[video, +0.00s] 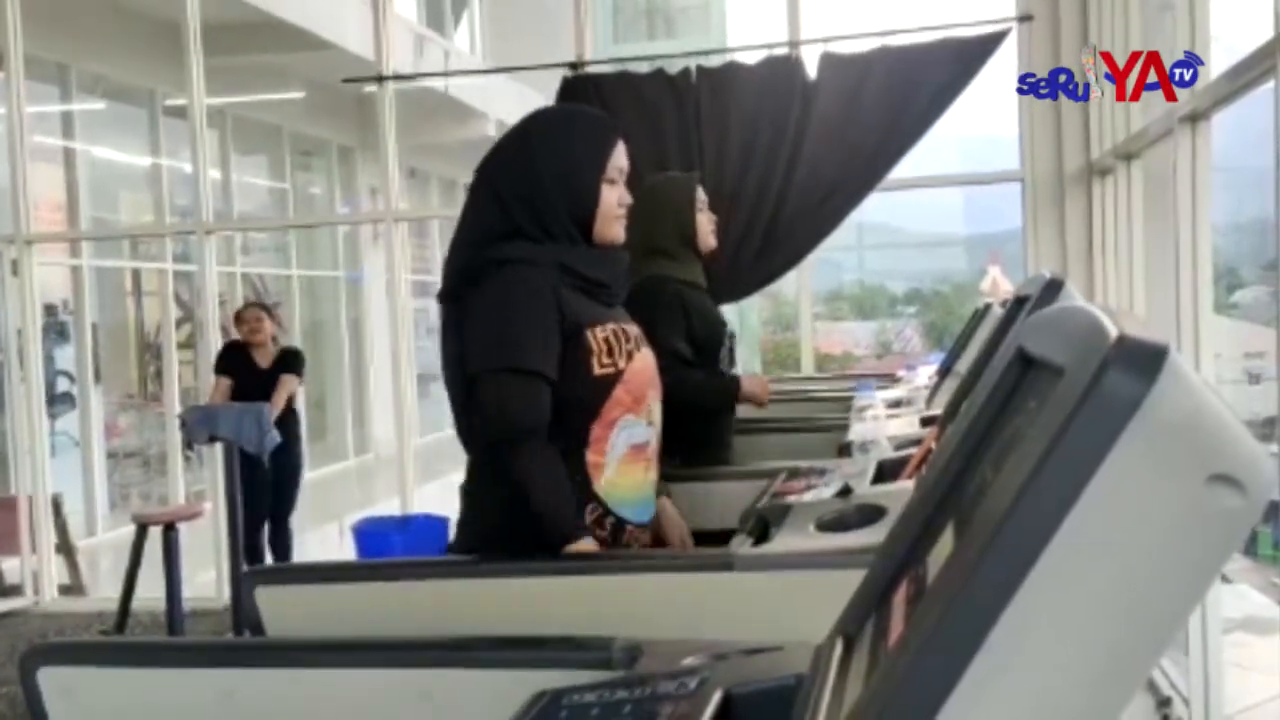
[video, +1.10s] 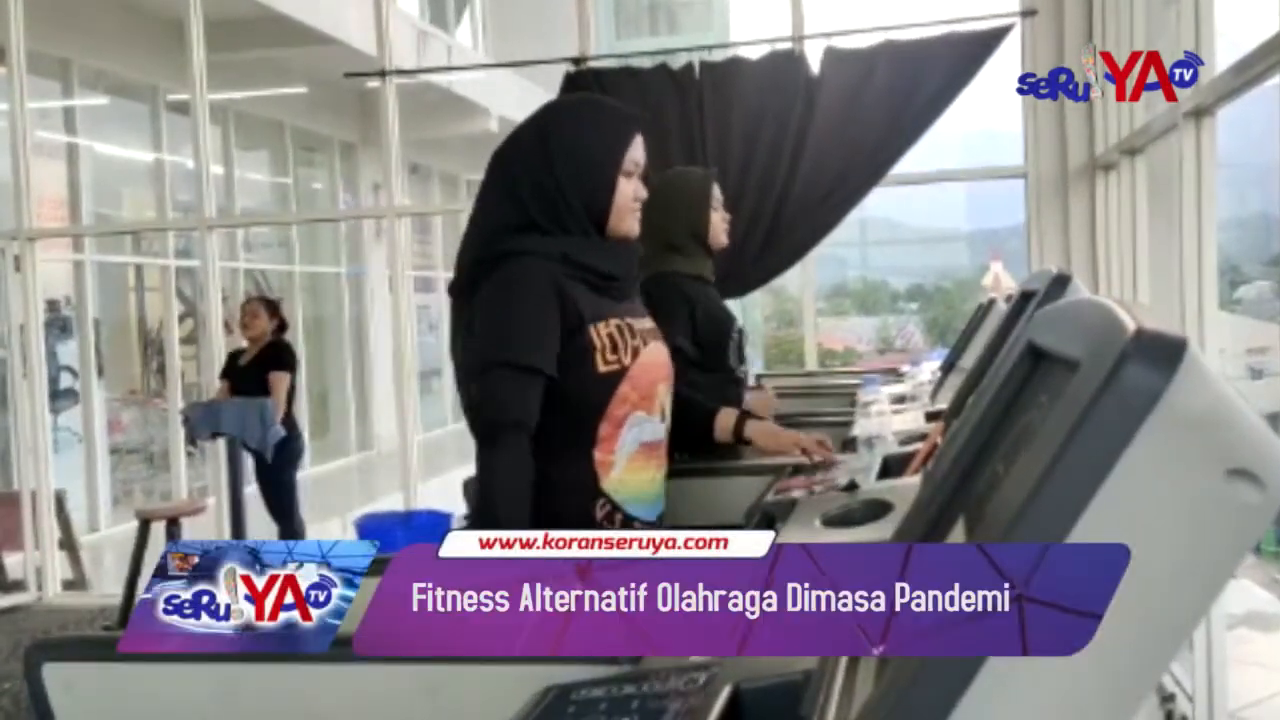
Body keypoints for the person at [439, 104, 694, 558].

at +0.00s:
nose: (627, 198)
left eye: (624, 182)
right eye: (612, 181)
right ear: (564, 182)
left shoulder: (585, 280)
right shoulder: (518, 285)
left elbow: (586, 418)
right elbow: (514, 437)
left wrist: (653, 501)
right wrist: (572, 539)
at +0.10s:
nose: (628, 195)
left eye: (626, 179)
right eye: (612, 178)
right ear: (564, 179)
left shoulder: (589, 279)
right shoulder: (510, 284)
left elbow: (600, 418)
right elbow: (496, 444)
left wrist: (668, 488)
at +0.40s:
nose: (633, 220)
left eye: (630, 204)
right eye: (619, 203)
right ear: (571, 201)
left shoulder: (594, 303)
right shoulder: (513, 311)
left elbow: (611, 438)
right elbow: (484, 471)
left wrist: (715, 462)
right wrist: (460, 585)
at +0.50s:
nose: (634, 207)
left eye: (632, 192)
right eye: (621, 191)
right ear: (571, 188)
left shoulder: (587, 287)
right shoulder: (518, 294)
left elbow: (618, 421)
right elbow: (508, 458)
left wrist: (729, 443)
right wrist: (513, 581)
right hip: (562, 550)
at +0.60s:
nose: (630, 202)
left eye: (629, 186)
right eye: (618, 186)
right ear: (567, 183)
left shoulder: (580, 278)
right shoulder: (517, 284)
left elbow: (622, 406)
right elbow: (524, 449)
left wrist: (740, 438)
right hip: (532, 550)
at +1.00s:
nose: (642, 192)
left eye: (640, 177)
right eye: (629, 175)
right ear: (579, 174)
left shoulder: (603, 276)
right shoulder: (527, 283)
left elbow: (644, 403)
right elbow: (525, 447)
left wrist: (752, 434)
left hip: (632, 527)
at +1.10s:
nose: (643, 192)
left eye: (641, 176)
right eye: (629, 175)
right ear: (578, 174)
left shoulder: (609, 275)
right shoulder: (524, 281)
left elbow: (642, 399)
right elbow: (505, 441)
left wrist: (751, 431)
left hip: (627, 528)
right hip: (559, 540)